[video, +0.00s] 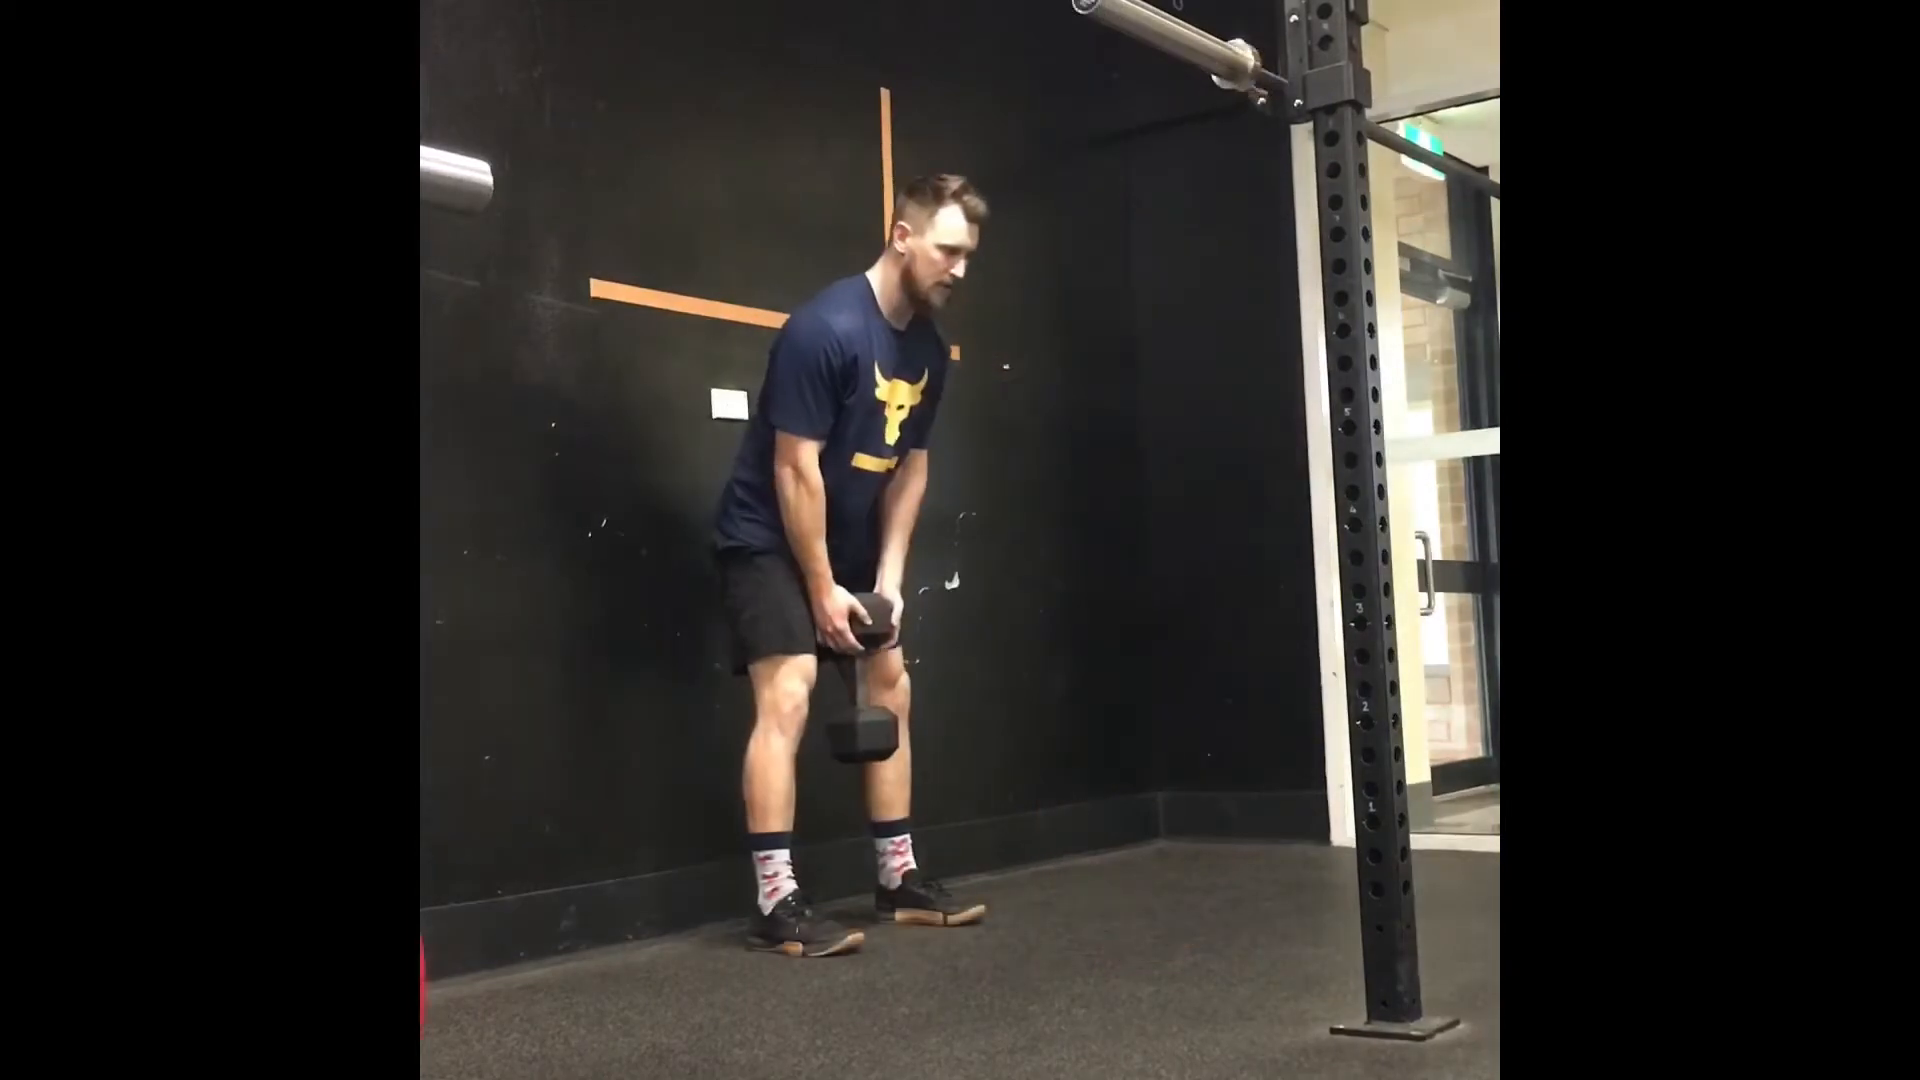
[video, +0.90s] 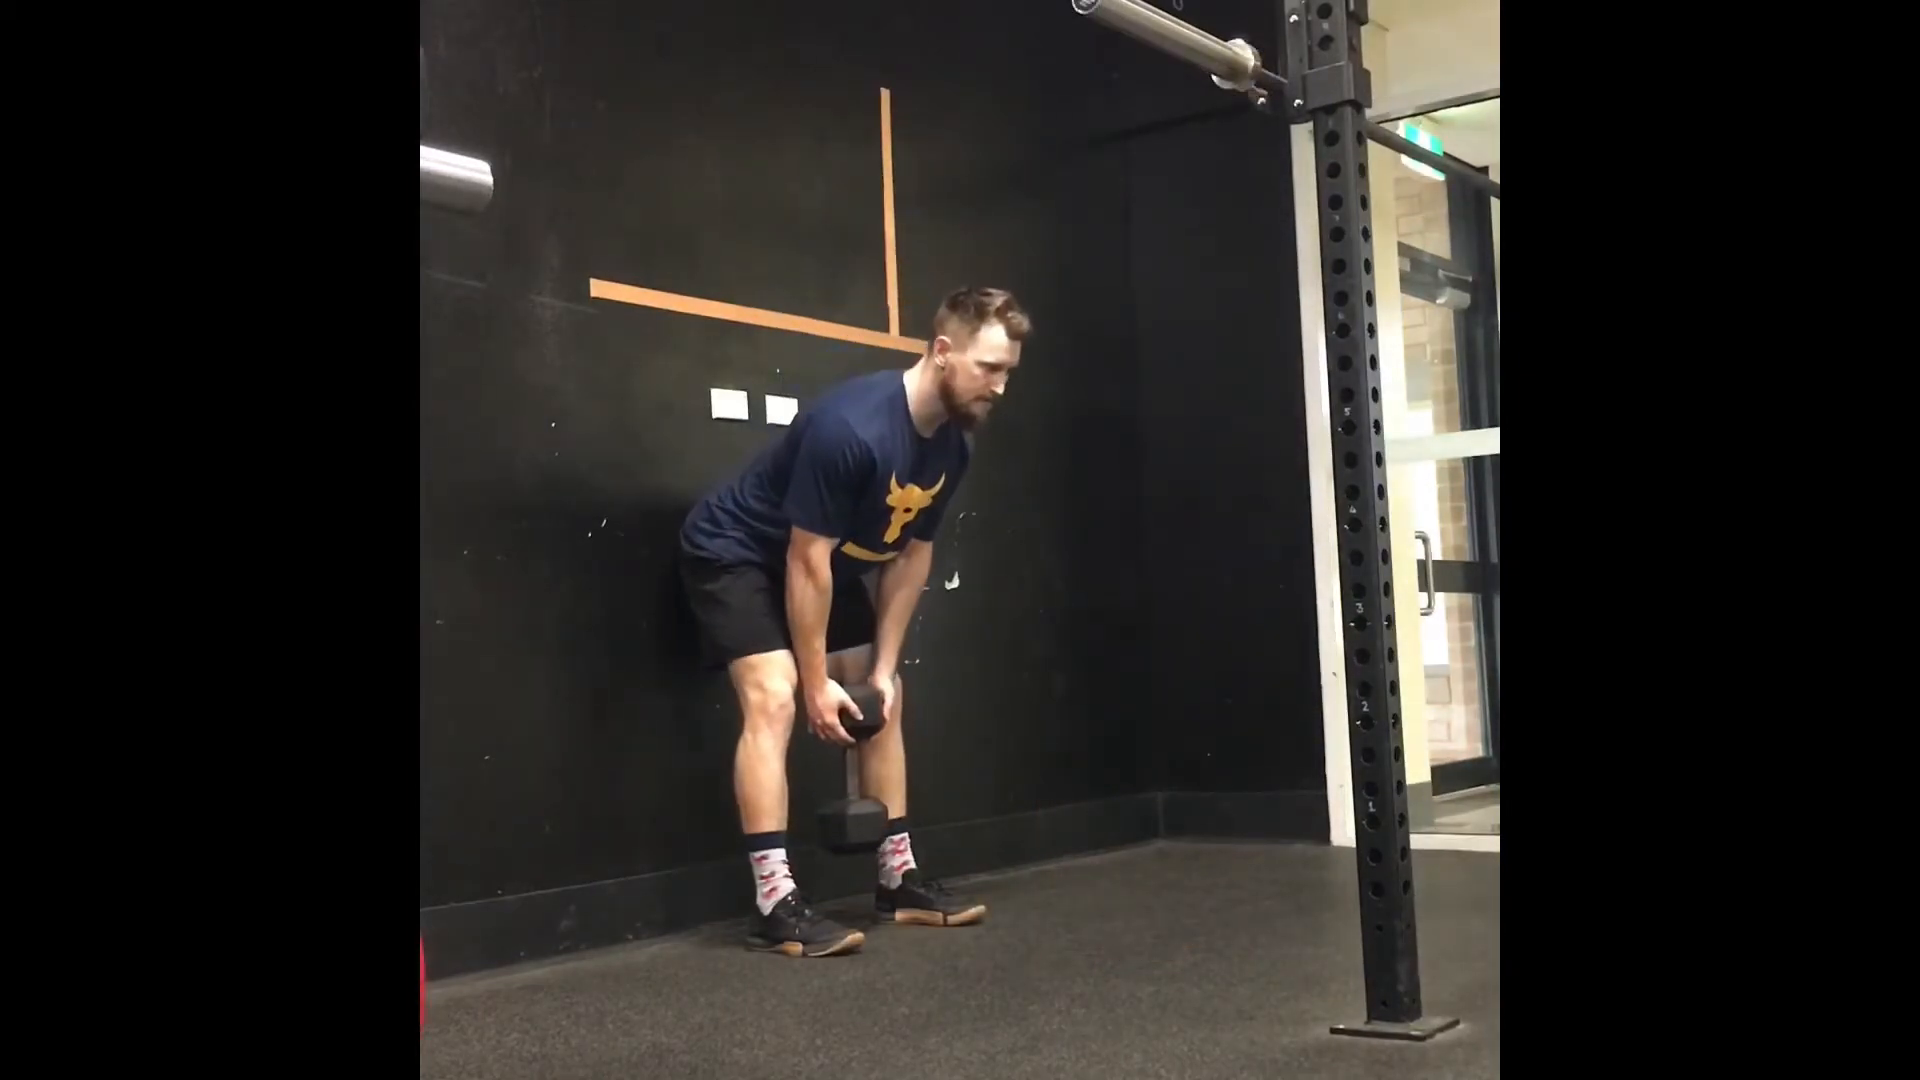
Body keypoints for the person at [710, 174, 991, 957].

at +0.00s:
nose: (958, 269)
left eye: (967, 255)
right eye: (947, 249)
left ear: (967, 258)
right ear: (900, 238)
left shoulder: (929, 349)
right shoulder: (821, 331)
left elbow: (907, 469)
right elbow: (796, 470)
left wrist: (888, 582)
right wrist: (821, 587)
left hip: (851, 544)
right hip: (769, 538)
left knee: (889, 688)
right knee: (786, 698)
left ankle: (898, 883)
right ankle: (777, 905)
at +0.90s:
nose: (999, 387)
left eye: (1008, 373)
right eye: (990, 368)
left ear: (1008, 369)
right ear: (942, 353)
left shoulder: (952, 441)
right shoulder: (849, 429)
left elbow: (908, 557)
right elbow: (807, 560)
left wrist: (884, 669)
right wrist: (814, 682)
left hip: (823, 560)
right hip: (735, 548)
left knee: (881, 691)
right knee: (772, 698)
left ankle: (898, 879)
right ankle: (776, 904)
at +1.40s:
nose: (986, 368)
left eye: (997, 354)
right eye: (976, 348)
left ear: (1001, 354)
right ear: (930, 333)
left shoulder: (945, 427)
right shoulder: (840, 413)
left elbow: (908, 546)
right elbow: (801, 546)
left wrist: (882, 655)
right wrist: (811, 664)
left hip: (827, 555)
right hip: (739, 544)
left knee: (880, 691)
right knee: (771, 697)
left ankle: (897, 879)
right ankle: (774, 903)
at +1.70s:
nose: (927, 252)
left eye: (934, 237)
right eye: (915, 234)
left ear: (929, 238)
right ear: (867, 225)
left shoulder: (909, 337)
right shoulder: (802, 324)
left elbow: (904, 459)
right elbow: (782, 464)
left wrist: (891, 570)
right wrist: (823, 580)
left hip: (850, 542)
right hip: (765, 538)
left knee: (888, 693)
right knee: (785, 697)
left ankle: (897, 882)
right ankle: (777, 905)